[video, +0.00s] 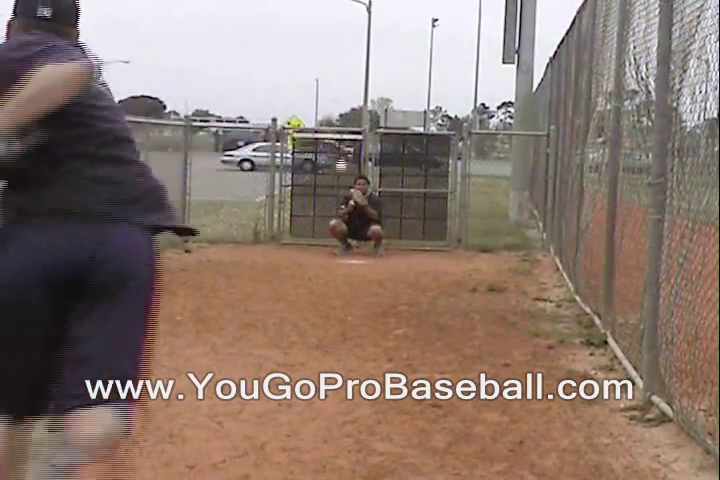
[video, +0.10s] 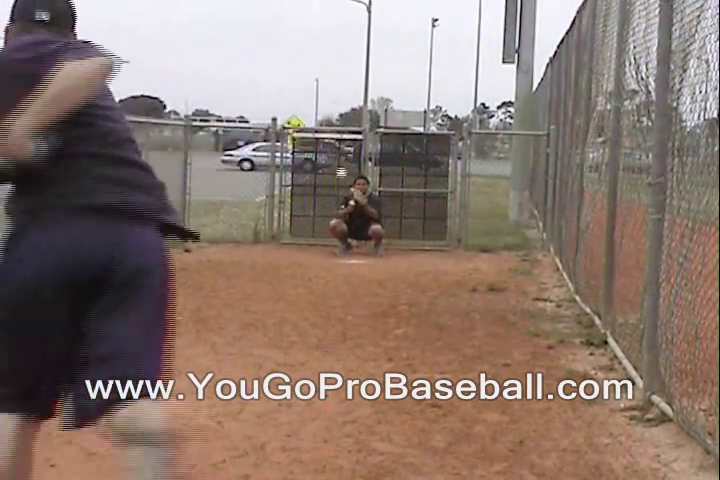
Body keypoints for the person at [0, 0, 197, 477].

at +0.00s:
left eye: (10, 19)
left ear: (14, 22)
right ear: (74, 29)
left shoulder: (13, 50)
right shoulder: (78, 57)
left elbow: (73, 70)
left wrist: (5, 117)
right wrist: (10, 115)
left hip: (34, 233)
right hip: (119, 233)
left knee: (17, 412)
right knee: (103, 404)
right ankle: (62, 455)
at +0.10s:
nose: (6, 29)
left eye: (10, 21)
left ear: (14, 24)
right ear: (68, 25)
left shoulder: (15, 53)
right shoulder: (81, 57)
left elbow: (95, 64)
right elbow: (99, 65)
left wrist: (24, 127)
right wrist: (24, 128)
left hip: (51, 235)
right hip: (134, 234)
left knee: (16, 412)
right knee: (135, 408)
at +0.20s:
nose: (10, 46)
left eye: (12, 38)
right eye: (13, 40)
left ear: (19, 37)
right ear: (67, 36)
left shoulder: (33, 57)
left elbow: (116, 71)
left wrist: (58, 142)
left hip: (82, 239)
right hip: (160, 239)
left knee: (29, 403)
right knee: (163, 398)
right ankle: (306, 433)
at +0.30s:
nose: (15, 52)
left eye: (17, 44)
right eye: (20, 45)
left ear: (23, 42)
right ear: (72, 39)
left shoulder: (39, 63)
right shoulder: (92, 74)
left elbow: (122, 80)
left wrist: (67, 150)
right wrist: (15, 185)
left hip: (95, 245)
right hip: (167, 241)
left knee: (37, 411)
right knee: (189, 399)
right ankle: (367, 440)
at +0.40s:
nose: (30, 56)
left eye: (33, 49)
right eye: (35, 50)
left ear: (42, 49)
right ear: (90, 48)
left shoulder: (54, 74)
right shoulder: (113, 94)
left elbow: (125, 99)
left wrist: (72, 176)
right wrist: (44, 213)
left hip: (120, 252)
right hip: (188, 245)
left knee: (52, 413)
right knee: (256, 398)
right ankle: (423, 462)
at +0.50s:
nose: (40, 62)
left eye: (44, 54)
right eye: (43, 54)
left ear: (57, 52)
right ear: (102, 52)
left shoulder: (63, 78)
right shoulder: (132, 99)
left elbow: (121, 108)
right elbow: (115, 208)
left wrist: (71, 183)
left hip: (126, 257)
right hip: (200, 248)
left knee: (63, 417)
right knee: (272, 401)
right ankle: (429, 472)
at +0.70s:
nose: (82, 77)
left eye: (82, 70)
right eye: (85, 71)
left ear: (85, 71)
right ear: (138, 68)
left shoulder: (101, 97)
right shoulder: (169, 114)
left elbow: (140, 143)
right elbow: (146, 227)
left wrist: (96, 206)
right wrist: (92, 308)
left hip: (170, 267)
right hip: (244, 264)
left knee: (95, 424)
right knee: (293, 413)